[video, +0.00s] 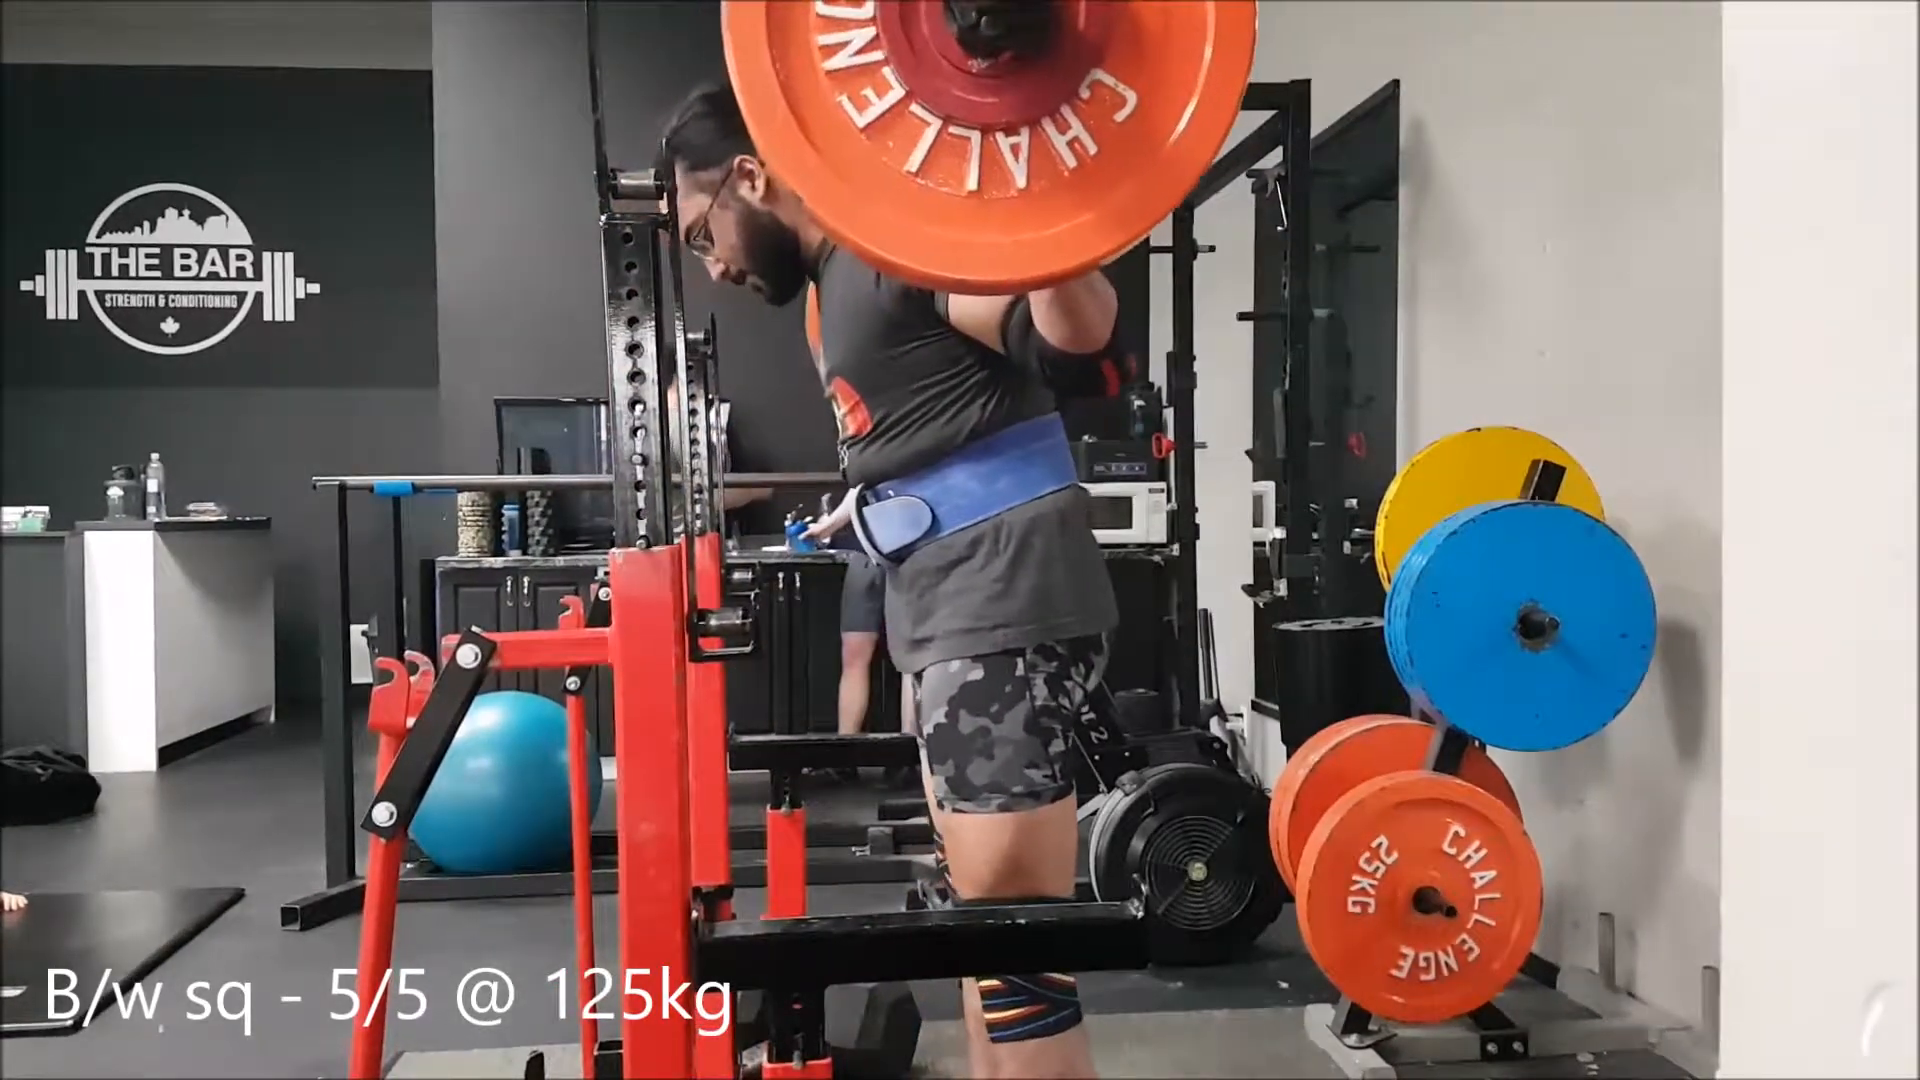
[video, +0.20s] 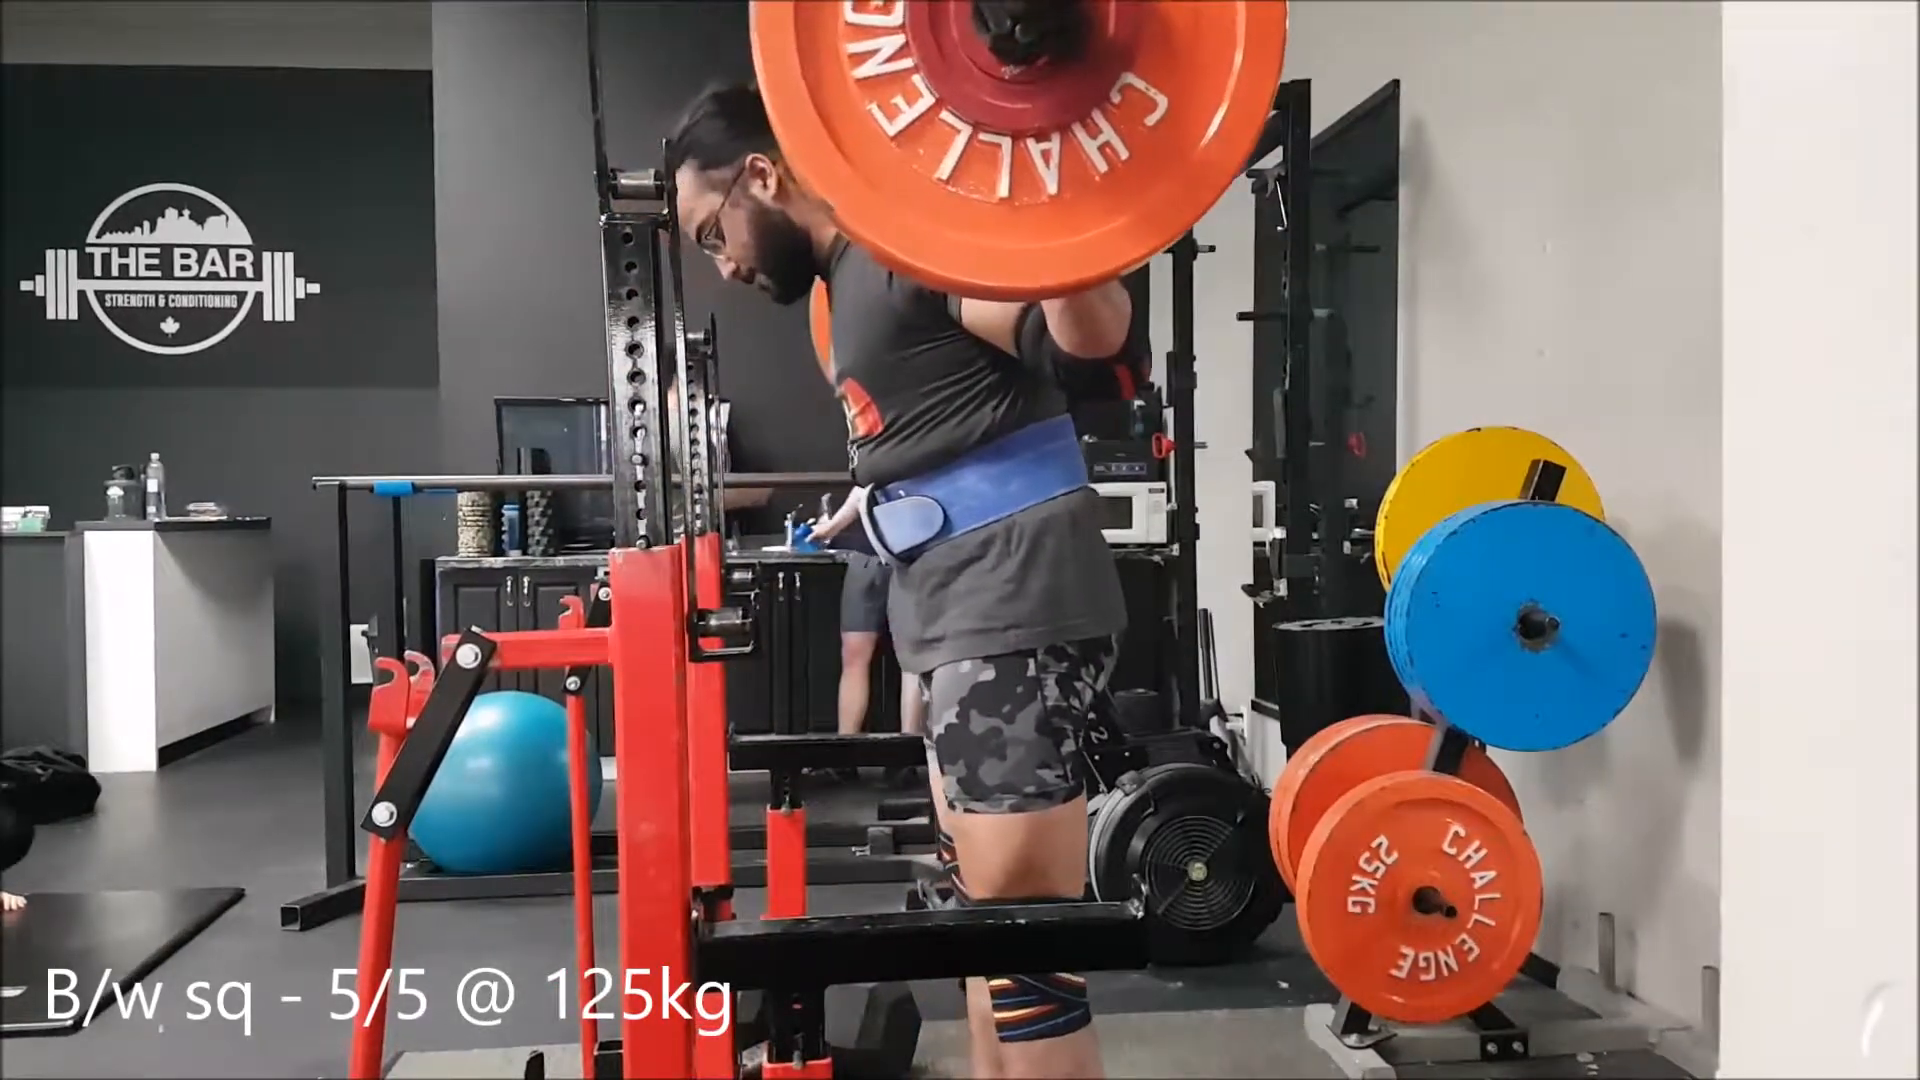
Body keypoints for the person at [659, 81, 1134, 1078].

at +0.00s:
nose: (711, 267)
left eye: (704, 234)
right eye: (694, 246)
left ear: (752, 171)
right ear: (745, 181)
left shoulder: (900, 239)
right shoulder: (835, 282)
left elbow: (1081, 327)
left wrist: (1043, 179)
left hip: (1006, 604)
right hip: (943, 609)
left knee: (1017, 942)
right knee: (983, 934)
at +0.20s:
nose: (722, 267)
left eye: (715, 233)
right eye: (705, 249)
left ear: (765, 172)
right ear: (760, 183)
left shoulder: (910, 240)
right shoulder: (841, 285)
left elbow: (1094, 333)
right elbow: (936, 427)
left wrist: (1061, 190)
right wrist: (869, 496)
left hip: (1017, 606)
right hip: (954, 610)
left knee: (1026, 941)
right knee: (984, 933)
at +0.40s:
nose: (731, 269)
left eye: (722, 236)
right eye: (712, 251)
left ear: (776, 177)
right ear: (771, 186)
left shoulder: (917, 236)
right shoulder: (852, 287)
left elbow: (1113, 337)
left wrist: (1084, 175)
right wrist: (875, 491)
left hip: (1029, 593)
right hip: (962, 602)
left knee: (1042, 947)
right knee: (996, 935)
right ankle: (1000, 1077)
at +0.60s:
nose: (738, 269)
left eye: (729, 234)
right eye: (720, 251)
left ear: (786, 181)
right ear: (783, 188)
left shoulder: (931, 236)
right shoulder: (868, 286)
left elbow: (1126, 341)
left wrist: (1111, 170)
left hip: (1040, 602)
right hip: (977, 611)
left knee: (1052, 950)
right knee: (1006, 936)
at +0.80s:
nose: (744, 266)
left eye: (736, 231)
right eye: (726, 248)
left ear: (792, 179)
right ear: (789, 187)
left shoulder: (937, 239)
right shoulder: (876, 285)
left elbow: (1133, 338)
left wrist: (1119, 168)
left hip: (1044, 601)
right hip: (981, 608)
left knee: (1047, 942)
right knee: (1004, 933)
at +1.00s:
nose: (748, 265)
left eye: (741, 231)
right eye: (731, 247)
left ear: (798, 180)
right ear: (796, 188)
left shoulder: (942, 234)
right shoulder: (880, 286)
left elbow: (1133, 340)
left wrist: (1127, 162)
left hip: (1044, 604)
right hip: (981, 611)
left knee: (1044, 939)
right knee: (1004, 932)